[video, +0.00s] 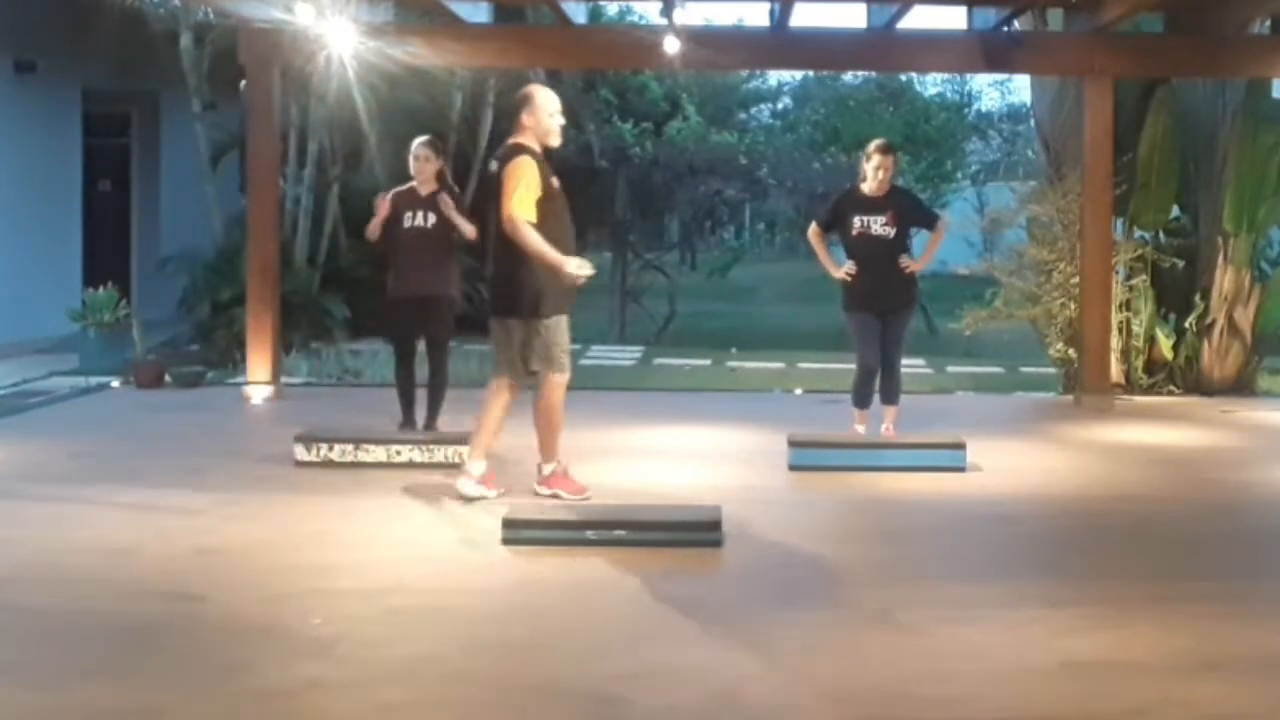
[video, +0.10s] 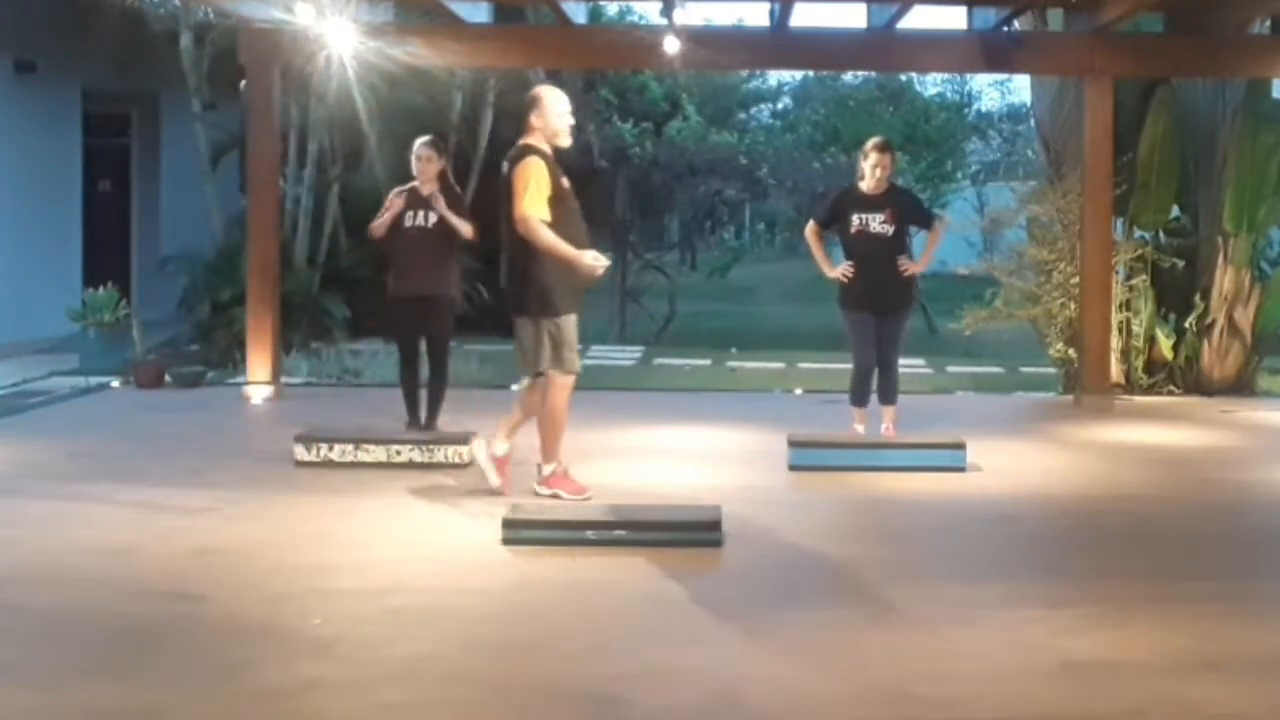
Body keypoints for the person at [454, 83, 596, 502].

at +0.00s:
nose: (561, 123)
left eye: (560, 114)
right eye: (553, 114)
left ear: (530, 120)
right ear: (528, 118)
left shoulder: (512, 158)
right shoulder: (526, 161)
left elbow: (506, 223)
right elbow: (515, 218)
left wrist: (558, 263)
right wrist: (562, 262)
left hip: (510, 293)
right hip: (539, 294)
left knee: (507, 377)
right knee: (556, 374)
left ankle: (473, 468)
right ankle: (550, 469)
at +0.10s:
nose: (571, 122)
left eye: (570, 114)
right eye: (563, 114)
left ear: (541, 120)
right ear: (538, 119)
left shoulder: (536, 159)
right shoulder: (532, 162)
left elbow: (536, 223)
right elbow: (528, 220)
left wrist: (580, 257)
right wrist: (578, 258)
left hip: (538, 291)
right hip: (547, 293)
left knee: (545, 378)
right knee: (561, 375)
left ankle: (497, 442)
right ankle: (552, 468)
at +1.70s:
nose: (626, 115)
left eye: (634, 107)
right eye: (620, 108)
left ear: (655, 110)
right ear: (614, 112)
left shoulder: (677, 158)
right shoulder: (596, 153)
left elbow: (696, 221)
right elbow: (572, 212)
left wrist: (670, 189)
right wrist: (580, 192)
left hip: (655, 288)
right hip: (603, 286)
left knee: (655, 378)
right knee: (603, 376)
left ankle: (654, 472)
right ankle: (603, 470)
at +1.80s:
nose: (625, 116)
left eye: (634, 108)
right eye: (620, 109)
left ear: (657, 110)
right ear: (616, 112)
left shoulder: (683, 158)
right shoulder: (600, 152)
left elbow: (691, 216)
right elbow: (580, 208)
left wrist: (641, 199)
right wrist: (613, 191)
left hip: (658, 289)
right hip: (605, 286)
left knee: (657, 379)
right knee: (603, 376)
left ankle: (654, 473)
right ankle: (603, 469)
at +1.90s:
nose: (628, 117)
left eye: (637, 109)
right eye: (623, 109)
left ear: (661, 112)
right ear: (618, 113)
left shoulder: (685, 157)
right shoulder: (605, 153)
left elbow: (686, 212)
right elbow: (582, 210)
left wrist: (632, 178)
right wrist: (612, 200)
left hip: (660, 288)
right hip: (608, 284)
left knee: (659, 379)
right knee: (600, 372)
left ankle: (655, 471)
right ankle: (600, 463)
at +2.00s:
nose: (631, 118)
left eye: (639, 110)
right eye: (626, 110)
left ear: (663, 113)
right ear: (621, 114)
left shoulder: (685, 156)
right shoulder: (607, 154)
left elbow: (683, 201)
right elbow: (583, 206)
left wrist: (634, 159)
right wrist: (595, 219)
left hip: (662, 289)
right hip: (610, 283)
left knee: (661, 379)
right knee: (594, 363)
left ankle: (656, 470)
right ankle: (603, 449)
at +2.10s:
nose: (628, 116)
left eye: (637, 109)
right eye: (624, 109)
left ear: (660, 112)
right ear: (620, 113)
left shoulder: (684, 154)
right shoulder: (607, 153)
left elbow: (686, 198)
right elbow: (586, 204)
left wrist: (632, 159)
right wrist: (591, 233)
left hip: (662, 285)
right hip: (610, 279)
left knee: (660, 377)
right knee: (594, 361)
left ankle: (656, 470)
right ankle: (606, 447)